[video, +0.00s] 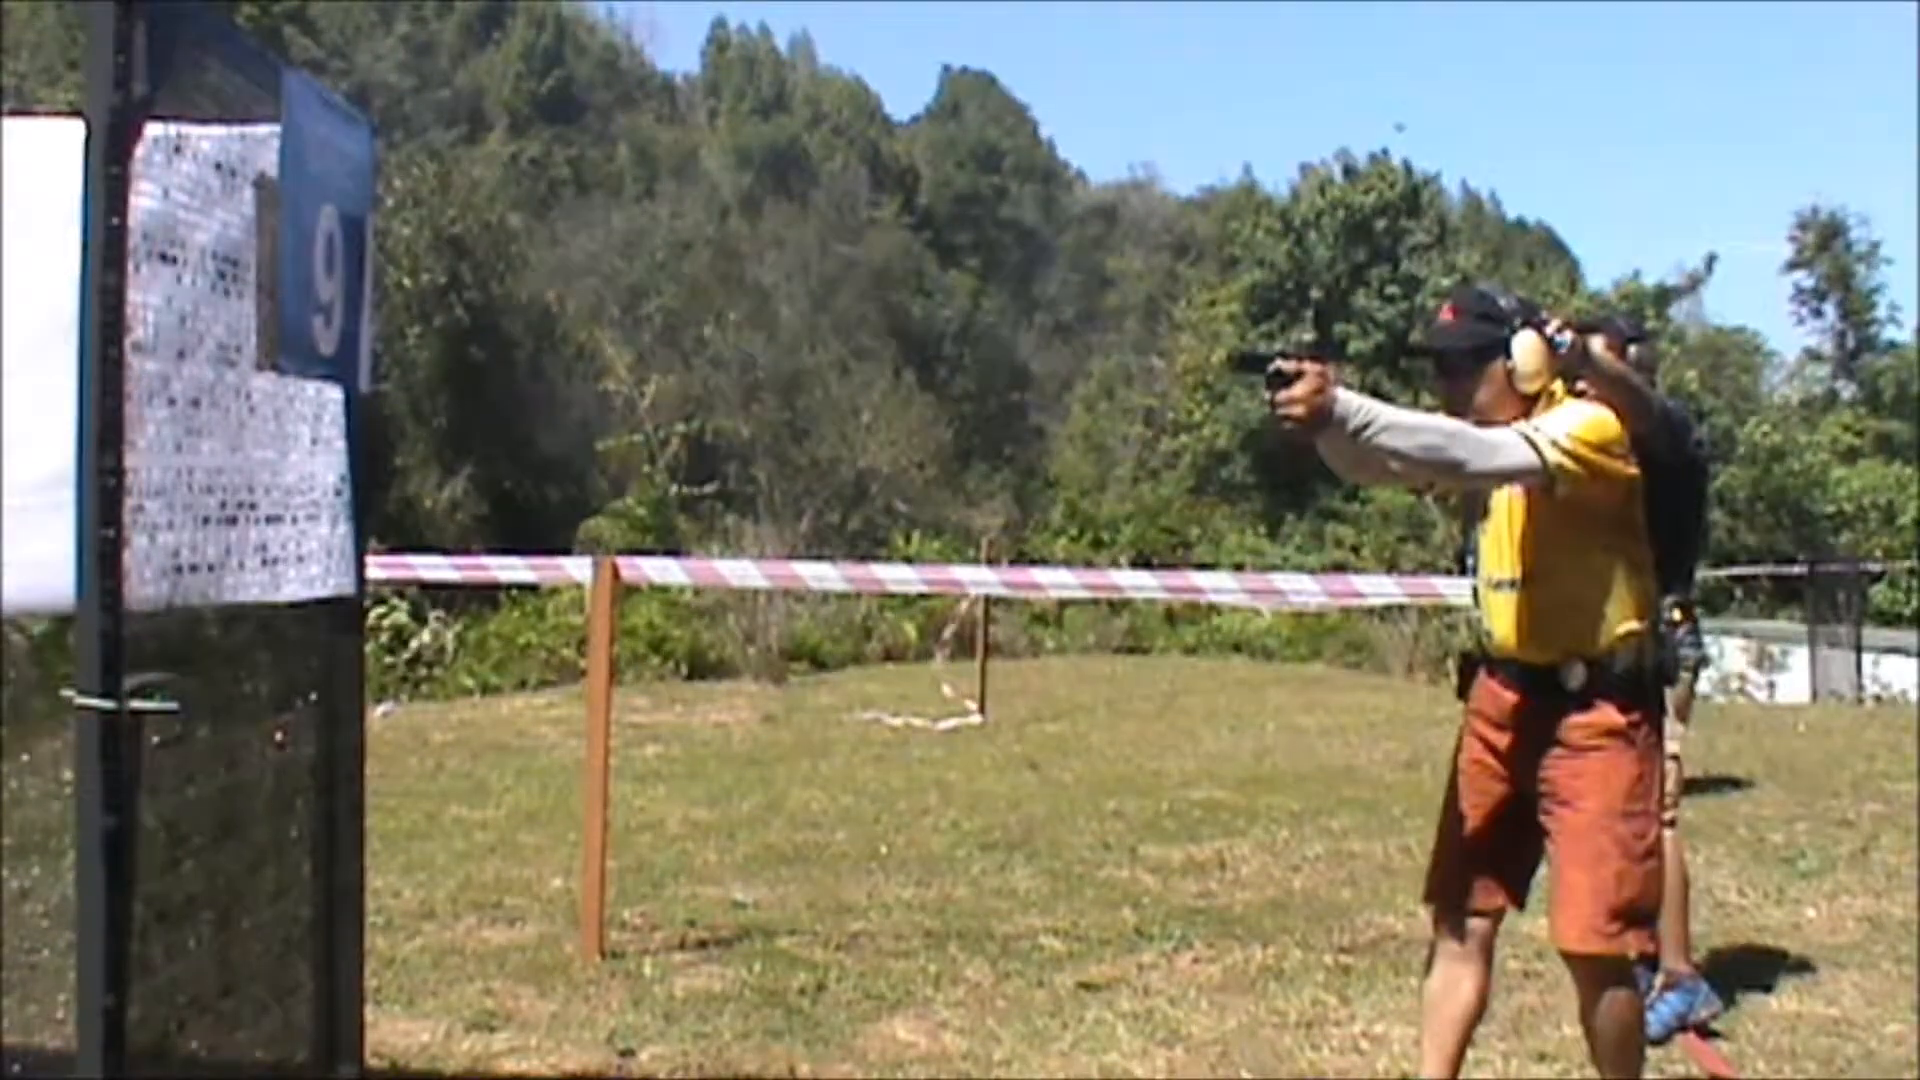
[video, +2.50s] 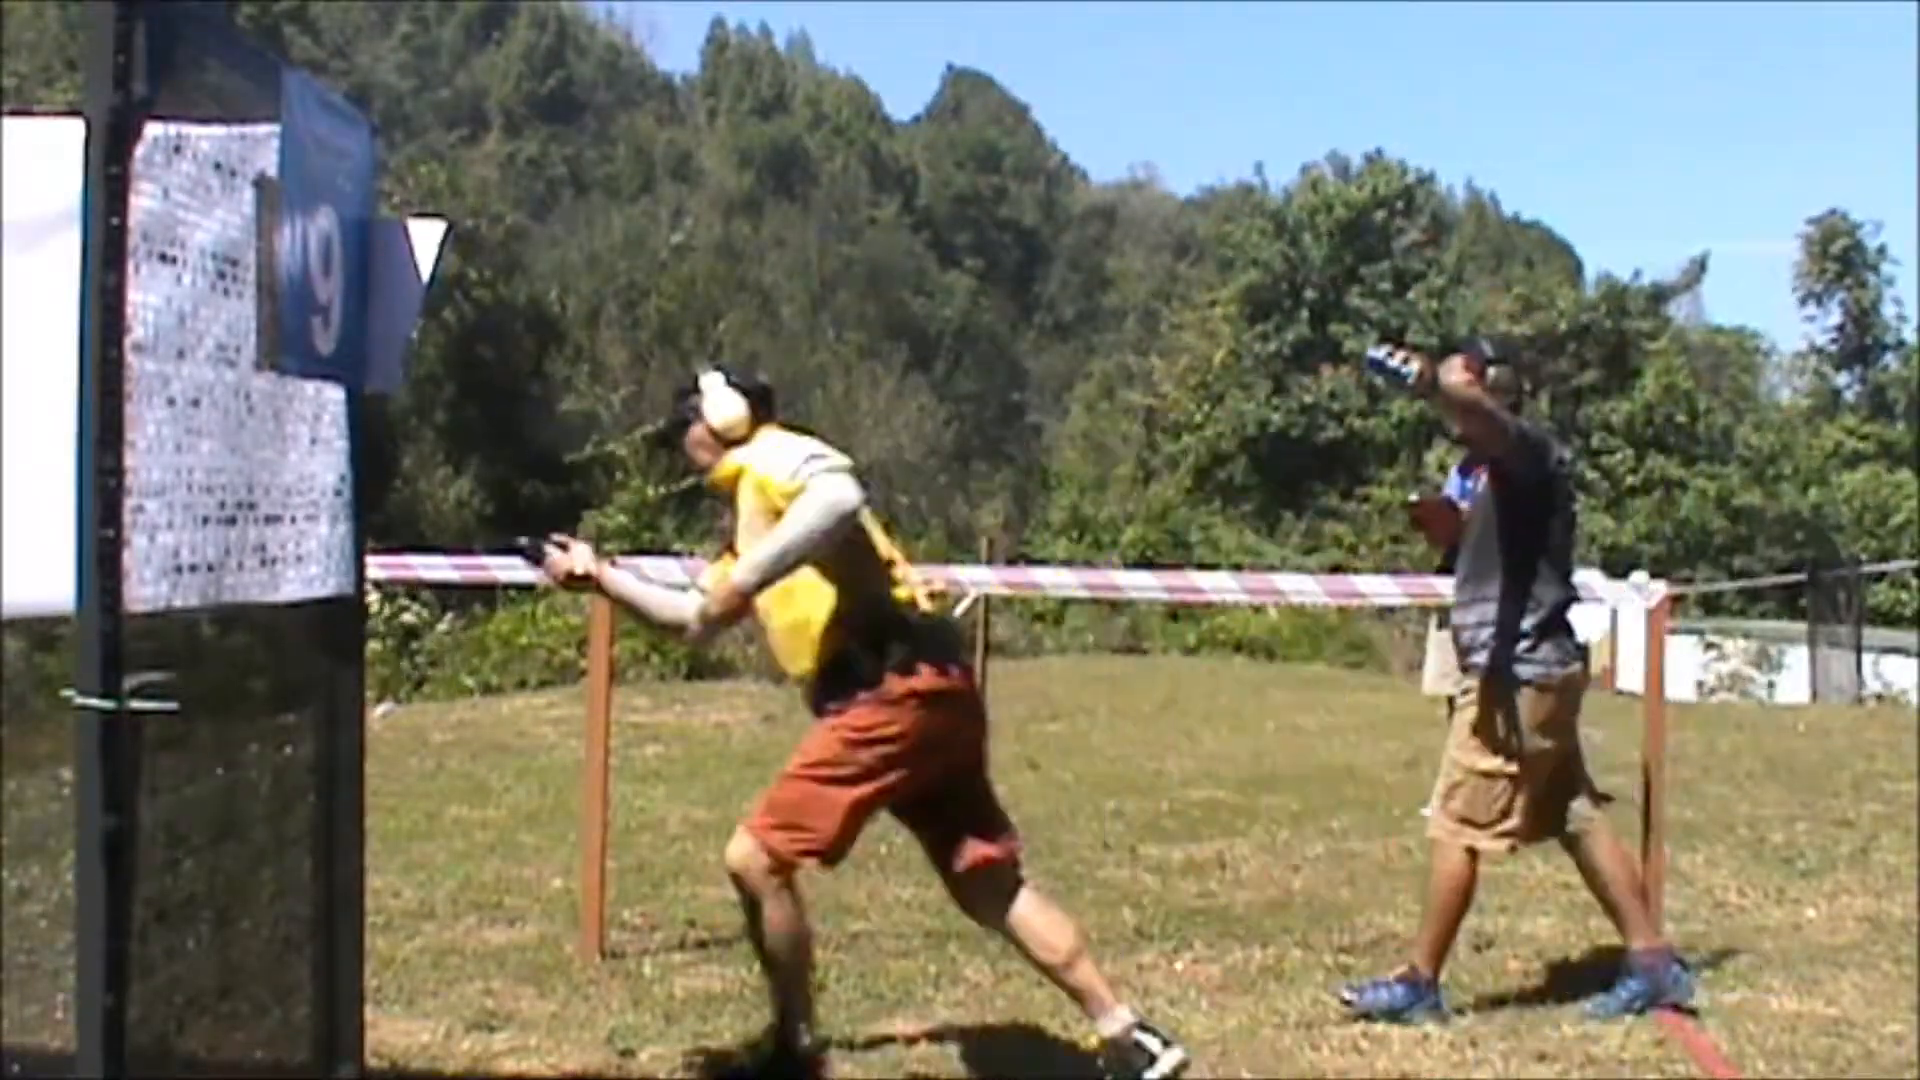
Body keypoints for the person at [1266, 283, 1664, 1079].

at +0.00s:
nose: (1448, 390)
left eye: (1461, 371)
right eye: (1442, 372)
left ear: (1513, 362)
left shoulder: (1592, 426)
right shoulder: (1491, 439)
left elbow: (1480, 454)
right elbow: (1386, 465)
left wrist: (1343, 405)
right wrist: (1320, 420)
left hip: (1601, 710)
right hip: (1504, 701)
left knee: (1595, 945)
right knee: (1463, 919)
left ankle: (1622, 1073)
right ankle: (1433, 1071)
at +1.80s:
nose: (1411, 417)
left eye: (1423, 405)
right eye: (1413, 404)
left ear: (1469, 421)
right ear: (1457, 423)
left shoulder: (1549, 486)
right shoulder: (1420, 481)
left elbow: (1455, 576)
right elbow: (1322, 565)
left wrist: (1321, 516)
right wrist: (1291, 508)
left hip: (1557, 751)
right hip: (1457, 734)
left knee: (1562, 962)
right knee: (1355, 896)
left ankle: (1609, 1073)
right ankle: (1355, 1066)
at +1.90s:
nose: (1389, 469)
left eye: (1402, 461)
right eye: (1394, 457)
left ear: (1441, 475)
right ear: (1423, 468)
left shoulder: (1523, 526)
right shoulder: (1394, 515)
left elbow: (1420, 618)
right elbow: (1297, 605)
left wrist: (1277, 570)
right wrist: (1247, 581)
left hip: (1535, 773)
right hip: (1433, 757)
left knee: (1548, 972)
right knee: (1311, 901)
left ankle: (1606, 1073)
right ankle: (1294, 1062)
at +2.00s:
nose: (1296, 509)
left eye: (1304, 495)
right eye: (1297, 495)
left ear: (1343, 502)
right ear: (1322, 507)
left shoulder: (1426, 544)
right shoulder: (1315, 564)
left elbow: (1422, 644)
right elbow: (1244, 633)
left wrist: (1314, 680)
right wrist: (1162, 620)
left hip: (1473, 796)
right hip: (1374, 785)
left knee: (1501, 990)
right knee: (1244, 904)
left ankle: (1590, 1072)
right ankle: (1201, 1064)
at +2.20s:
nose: (1035, 484)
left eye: (1046, 470)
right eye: (1037, 472)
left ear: (1081, 475)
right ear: (1082, 480)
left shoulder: (1119, 515)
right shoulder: (1097, 562)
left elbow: (1203, 560)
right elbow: (1053, 659)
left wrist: (1222, 683)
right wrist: (952, 623)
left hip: (1285, 761)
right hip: (1213, 779)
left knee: (1393, 954)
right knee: (1116, 901)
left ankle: (1529, 1070)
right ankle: (1173, 1067)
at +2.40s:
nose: (793, 475)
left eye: (800, 460)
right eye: (793, 464)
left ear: (832, 464)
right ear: (824, 482)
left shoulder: (878, 483)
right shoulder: (855, 575)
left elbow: (957, 470)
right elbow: (792, 646)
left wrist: (897, 569)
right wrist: (693, 602)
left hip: (1033, 703)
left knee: (899, 894)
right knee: (1033, 917)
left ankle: (1065, 1007)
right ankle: (1143, 1050)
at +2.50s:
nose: (684, 435)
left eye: (693, 420)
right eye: (684, 423)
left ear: (728, 418)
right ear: (731, 423)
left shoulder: (771, 451)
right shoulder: (749, 502)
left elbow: (838, 497)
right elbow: (697, 615)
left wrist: (738, 585)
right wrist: (598, 573)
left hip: (902, 686)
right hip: (917, 689)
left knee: (756, 859)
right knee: (993, 884)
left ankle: (794, 1049)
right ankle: (1126, 1034)